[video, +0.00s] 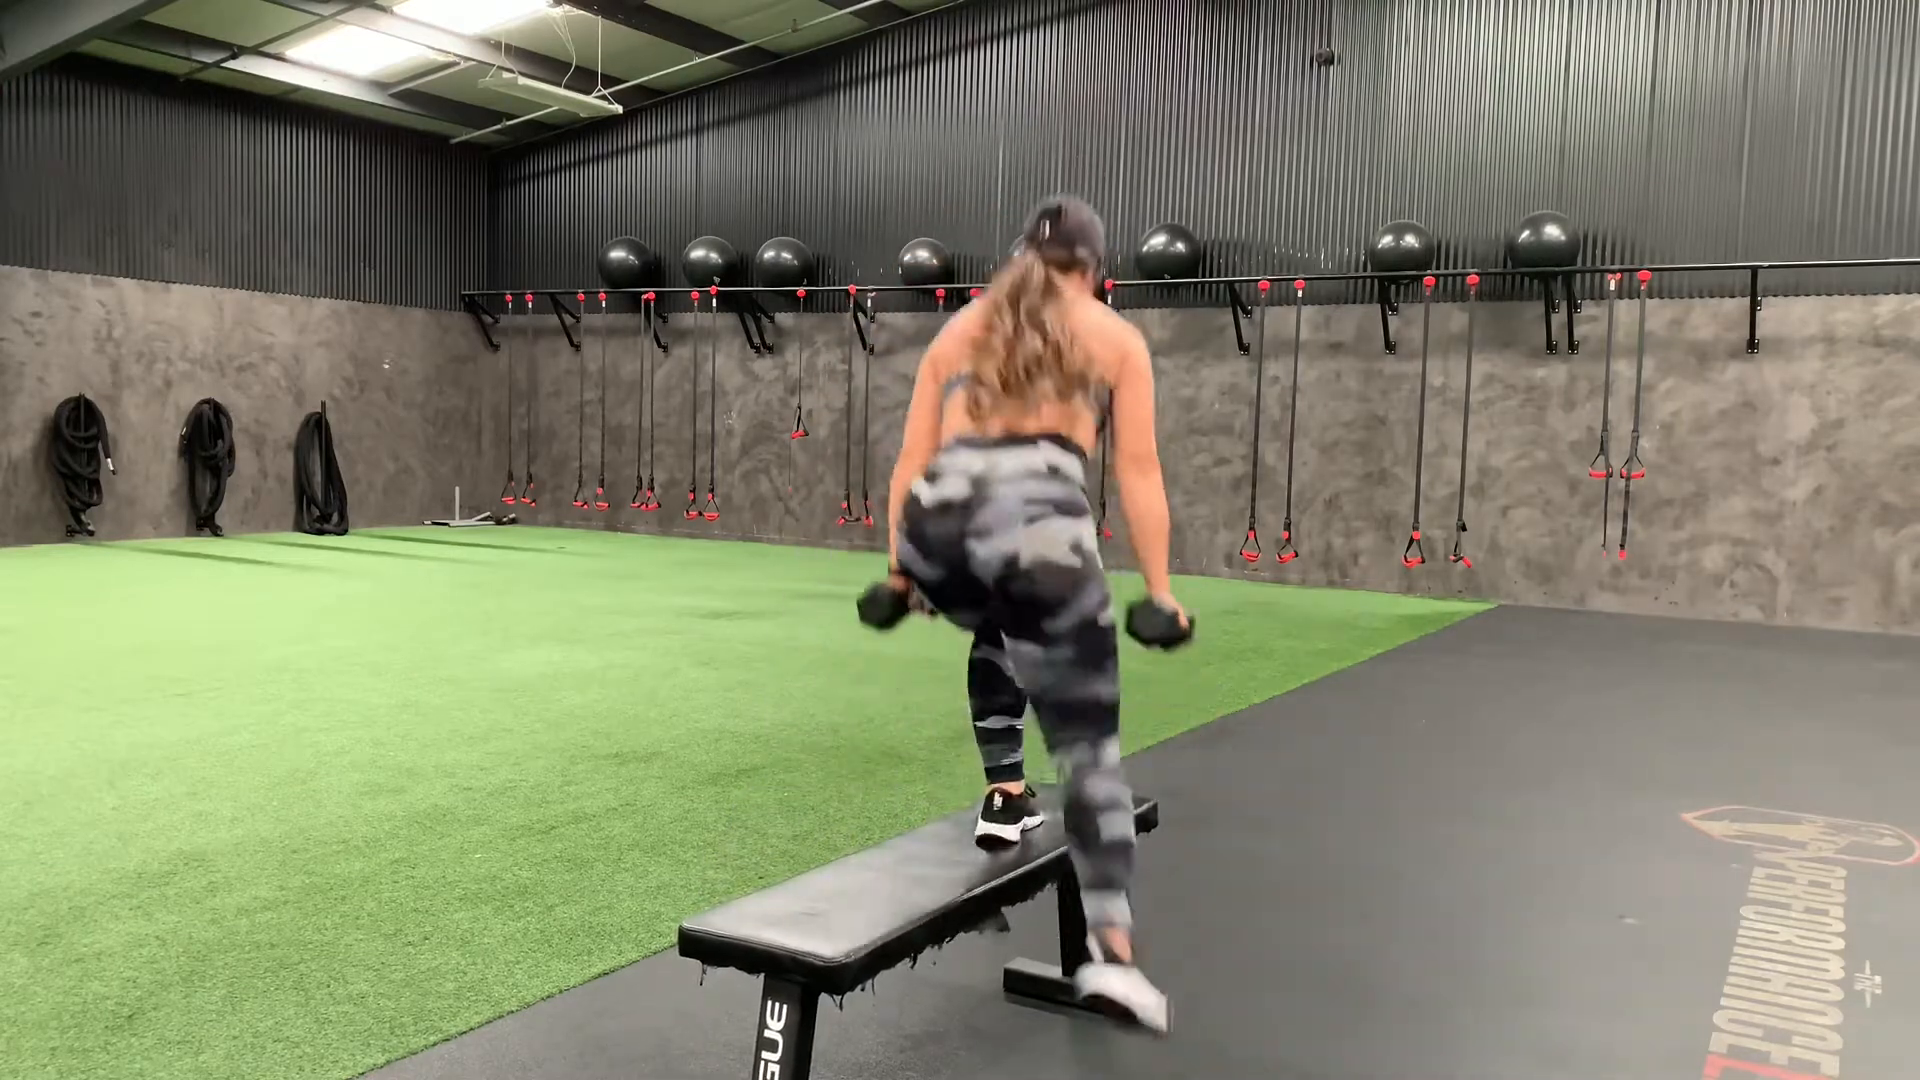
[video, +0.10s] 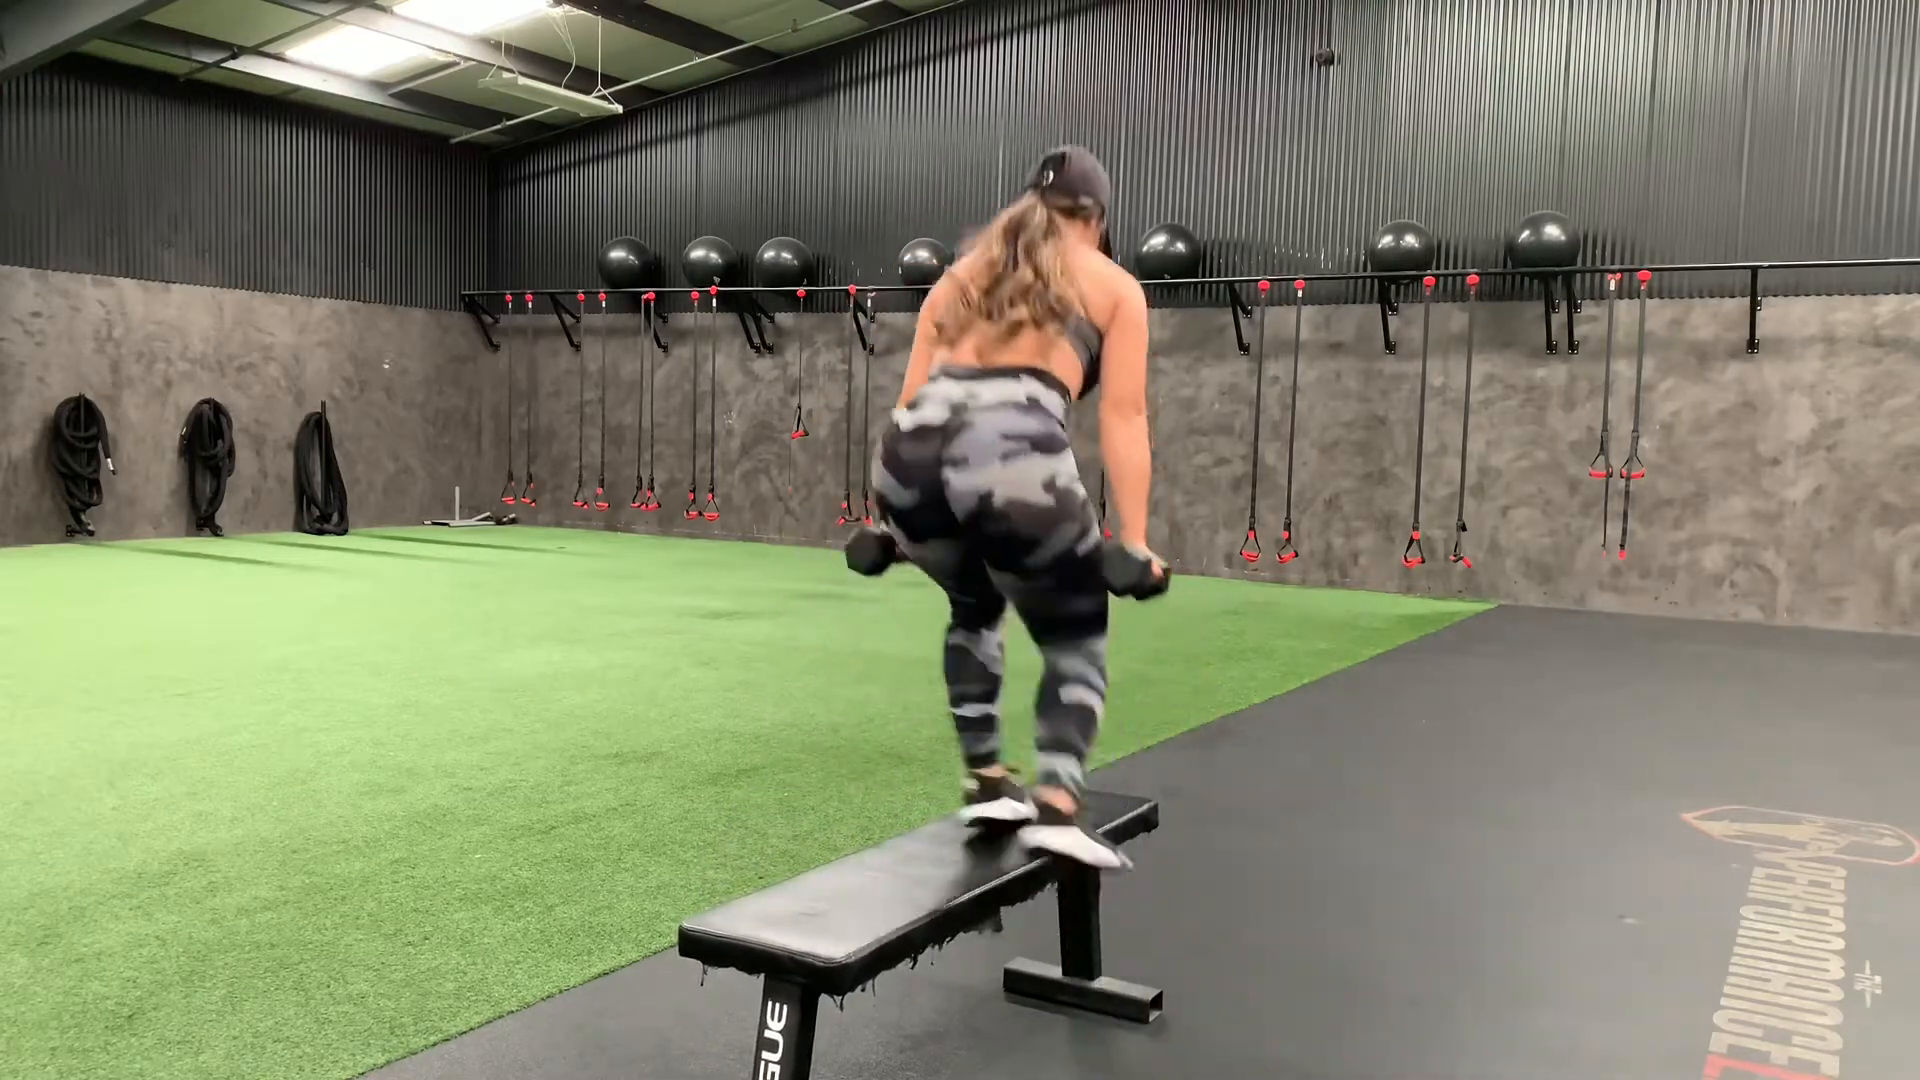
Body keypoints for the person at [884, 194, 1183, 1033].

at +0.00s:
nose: (1097, 285)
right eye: (1102, 273)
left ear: (1022, 257)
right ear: (1095, 270)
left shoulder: (958, 332)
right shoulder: (1117, 338)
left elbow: (915, 459)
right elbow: (1137, 469)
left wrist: (900, 567)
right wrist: (1158, 587)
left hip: (939, 519)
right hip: (1046, 519)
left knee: (990, 619)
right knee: (1088, 745)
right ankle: (1109, 944)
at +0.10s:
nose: (1099, 236)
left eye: (1095, 224)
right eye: (1099, 224)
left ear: (1027, 210)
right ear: (1091, 220)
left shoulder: (959, 274)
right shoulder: (1111, 284)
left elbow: (912, 399)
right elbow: (1124, 416)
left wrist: (886, 515)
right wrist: (1132, 537)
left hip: (914, 462)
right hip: (1018, 458)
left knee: (973, 606)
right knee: (1072, 636)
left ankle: (985, 778)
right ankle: (1056, 801)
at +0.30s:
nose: (1088, 267)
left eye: (1088, 256)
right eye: (1089, 255)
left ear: (1018, 235)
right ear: (1080, 246)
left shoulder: (951, 285)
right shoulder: (1090, 299)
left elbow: (902, 406)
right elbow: (1089, 431)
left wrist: (854, 531)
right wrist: (1090, 555)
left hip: (882, 464)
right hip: (983, 469)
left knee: (897, 646)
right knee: (1041, 622)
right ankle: (972, 796)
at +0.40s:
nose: (1081, 329)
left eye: (1079, 315)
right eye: (1080, 315)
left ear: (1007, 302)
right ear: (1073, 314)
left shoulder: (941, 356)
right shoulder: (1081, 377)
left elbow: (890, 479)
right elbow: (1073, 510)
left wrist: (836, 599)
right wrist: (1075, 636)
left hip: (862, 551)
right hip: (956, 554)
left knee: (833, 748)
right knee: (1050, 637)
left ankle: (747, 912)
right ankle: (974, 803)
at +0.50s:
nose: (1059, 412)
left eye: (1058, 400)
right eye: (1060, 400)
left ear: (990, 384)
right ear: (1047, 397)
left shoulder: (920, 443)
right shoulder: (1048, 465)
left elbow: (881, 577)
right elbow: (1053, 607)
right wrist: (1064, 736)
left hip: (842, 665)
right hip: (936, 671)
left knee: (813, 856)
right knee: (1038, 664)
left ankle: (700, 1022)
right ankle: (974, 803)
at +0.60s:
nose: (1050, 433)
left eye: (1048, 422)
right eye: (1050, 421)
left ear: (981, 407)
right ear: (1041, 418)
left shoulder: (917, 465)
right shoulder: (1042, 488)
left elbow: (882, 585)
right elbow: (1053, 629)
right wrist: (1068, 758)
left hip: (840, 684)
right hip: (931, 692)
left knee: (815, 881)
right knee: (1043, 657)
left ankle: (694, 1030)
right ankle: (974, 809)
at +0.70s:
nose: (1080, 350)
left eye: (1079, 340)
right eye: (1081, 339)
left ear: (1008, 326)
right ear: (1071, 336)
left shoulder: (946, 385)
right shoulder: (1084, 405)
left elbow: (891, 494)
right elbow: (1088, 539)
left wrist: (834, 608)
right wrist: (1086, 666)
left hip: (855, 588)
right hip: (945, 598)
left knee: (814, 783)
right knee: (1061, 639)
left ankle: (730, 964)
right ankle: (977, 805)